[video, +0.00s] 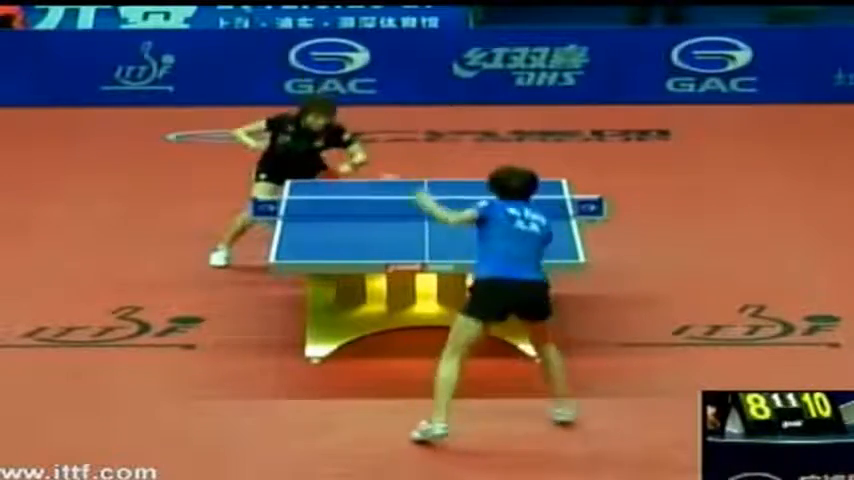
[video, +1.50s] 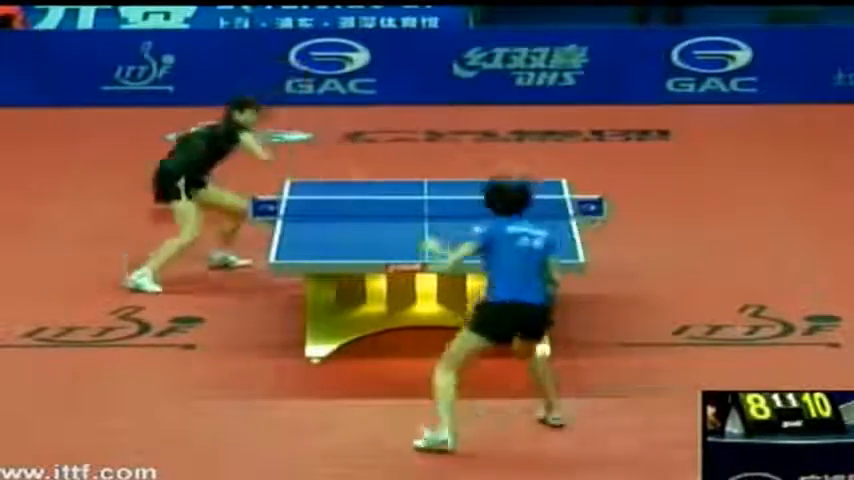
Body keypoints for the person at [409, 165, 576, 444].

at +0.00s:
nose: (491, 194)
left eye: (494, 190)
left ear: (499, 191)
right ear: (528, 193)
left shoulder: (491, 208)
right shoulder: (540, 220)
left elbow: (452, 219)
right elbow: (539, 252)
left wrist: (428, 204)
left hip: (492, 285)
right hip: (532, 287)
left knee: (453, 352)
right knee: (545, 345)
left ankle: (438, 422)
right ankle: (563, 406)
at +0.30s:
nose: (483, 199)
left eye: (486, 195)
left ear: (489, 197)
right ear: (520, 197)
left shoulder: (481, 221)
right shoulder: (538, 223)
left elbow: (454, 250)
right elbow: (553, 258)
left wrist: (441, 242)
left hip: (488, 296)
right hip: (531, 296)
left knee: (458, 361)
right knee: (560, 356)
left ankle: (454, 430)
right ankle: (587, 420)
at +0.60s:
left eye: (483, 197)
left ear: (484, 201)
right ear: (517, 206)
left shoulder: (469, 223)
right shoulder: (526, 234)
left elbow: (421, 241)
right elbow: (532, 274)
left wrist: (419, 227)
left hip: (471, 305)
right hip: (514, 305)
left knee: (440, 367)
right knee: (545, 351)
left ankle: (450, 433)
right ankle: (556, 407)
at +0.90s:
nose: (582, 240)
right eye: (583, 234)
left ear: (552, 219)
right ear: (574, 234)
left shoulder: (522, 226)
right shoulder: (563, 259)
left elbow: (479, 209)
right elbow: (552, 288)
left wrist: (447, 183)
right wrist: (590, 278)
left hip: (482, 295)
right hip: (519, 304)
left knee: (449, 363)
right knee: (537, 340)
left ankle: (449, 423)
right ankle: (539, 395)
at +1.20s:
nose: (534, 208)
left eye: (537, 206)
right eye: (535, 206)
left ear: (542, 210)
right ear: (565, 218)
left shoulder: (532, 223)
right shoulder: (563, 246)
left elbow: (513, 212)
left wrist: (489, 187)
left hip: (508, 294)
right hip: (541, 304)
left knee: (428, 336)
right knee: (537, 336)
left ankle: (463, 391)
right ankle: (539, 393)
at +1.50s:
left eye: (491, 202)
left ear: (494, 205)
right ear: (524, 204)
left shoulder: (492, 231)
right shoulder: (542, 235)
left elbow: (454, 261)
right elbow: (554, 279)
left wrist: (437, 258)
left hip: (498, 307)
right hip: (535, 309)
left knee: (447, 365)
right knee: (535, 352)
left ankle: (445, 431)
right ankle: (552, 411)